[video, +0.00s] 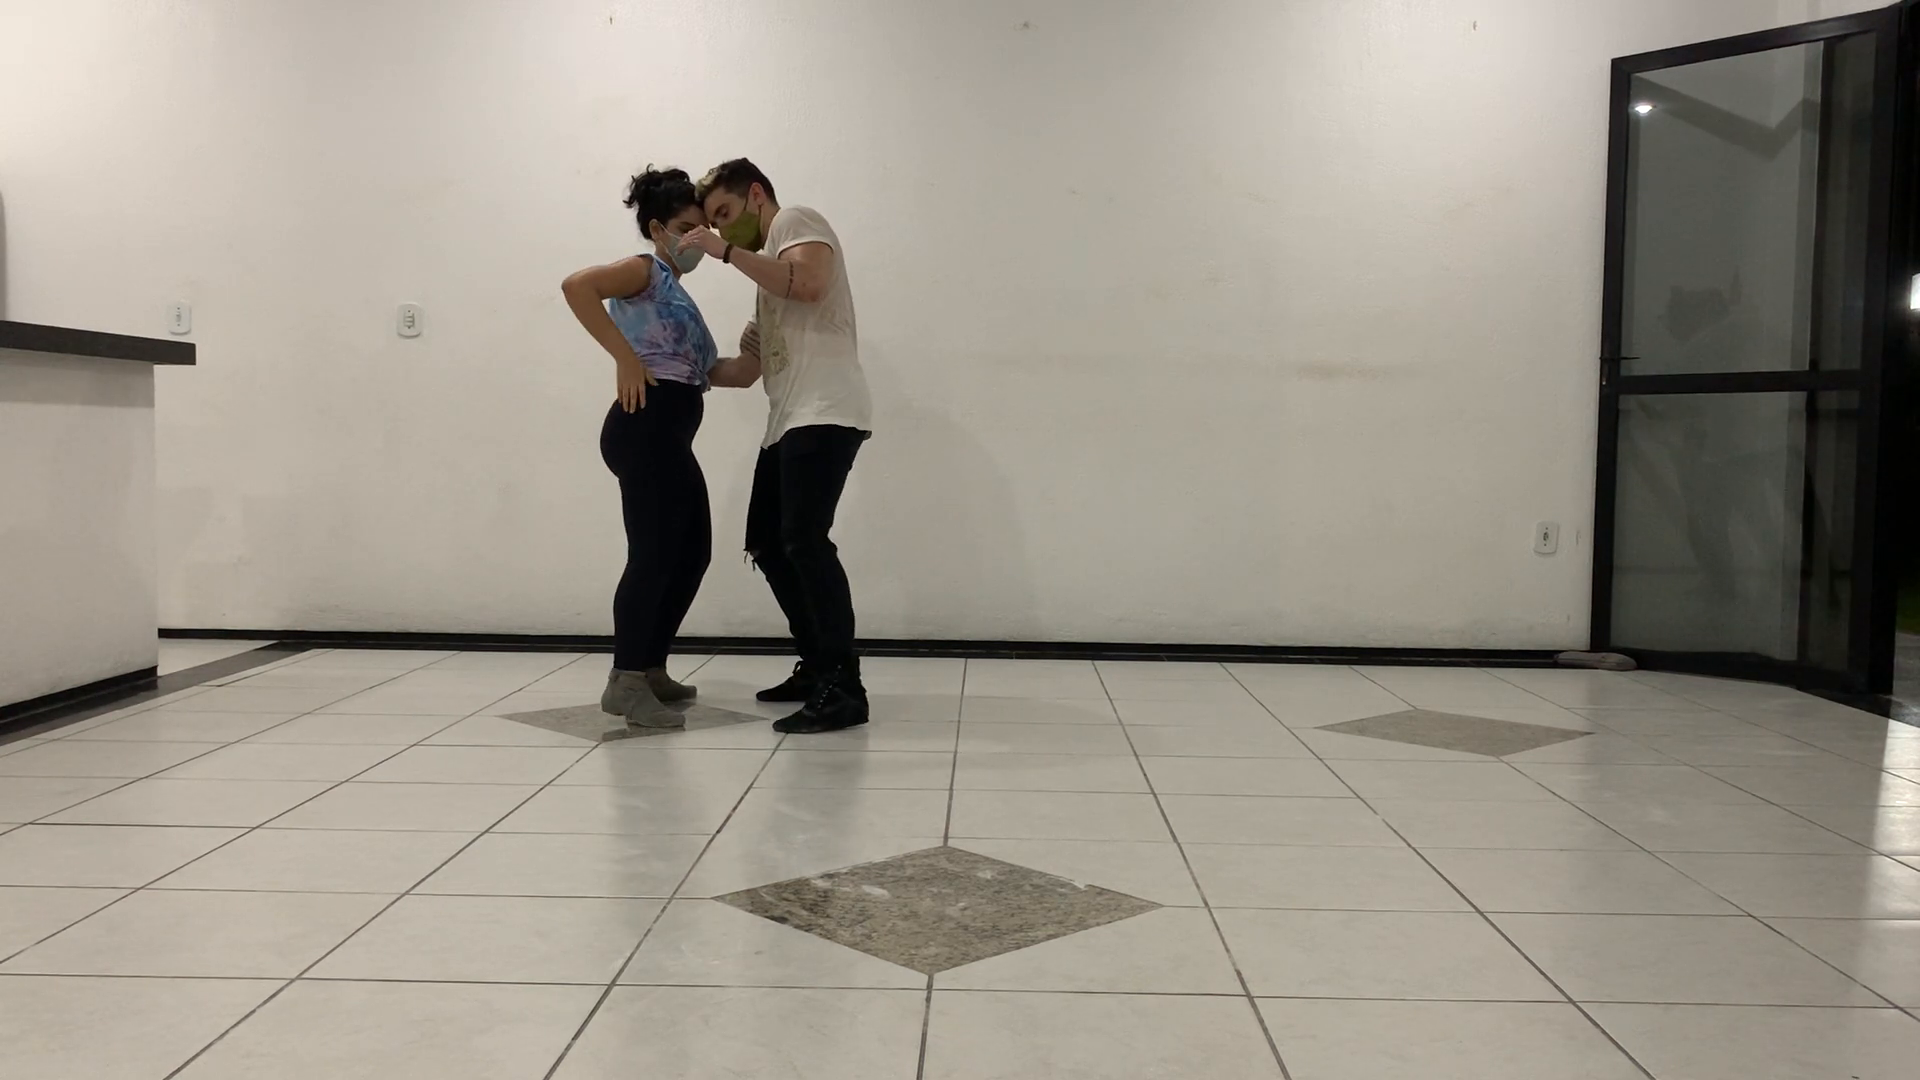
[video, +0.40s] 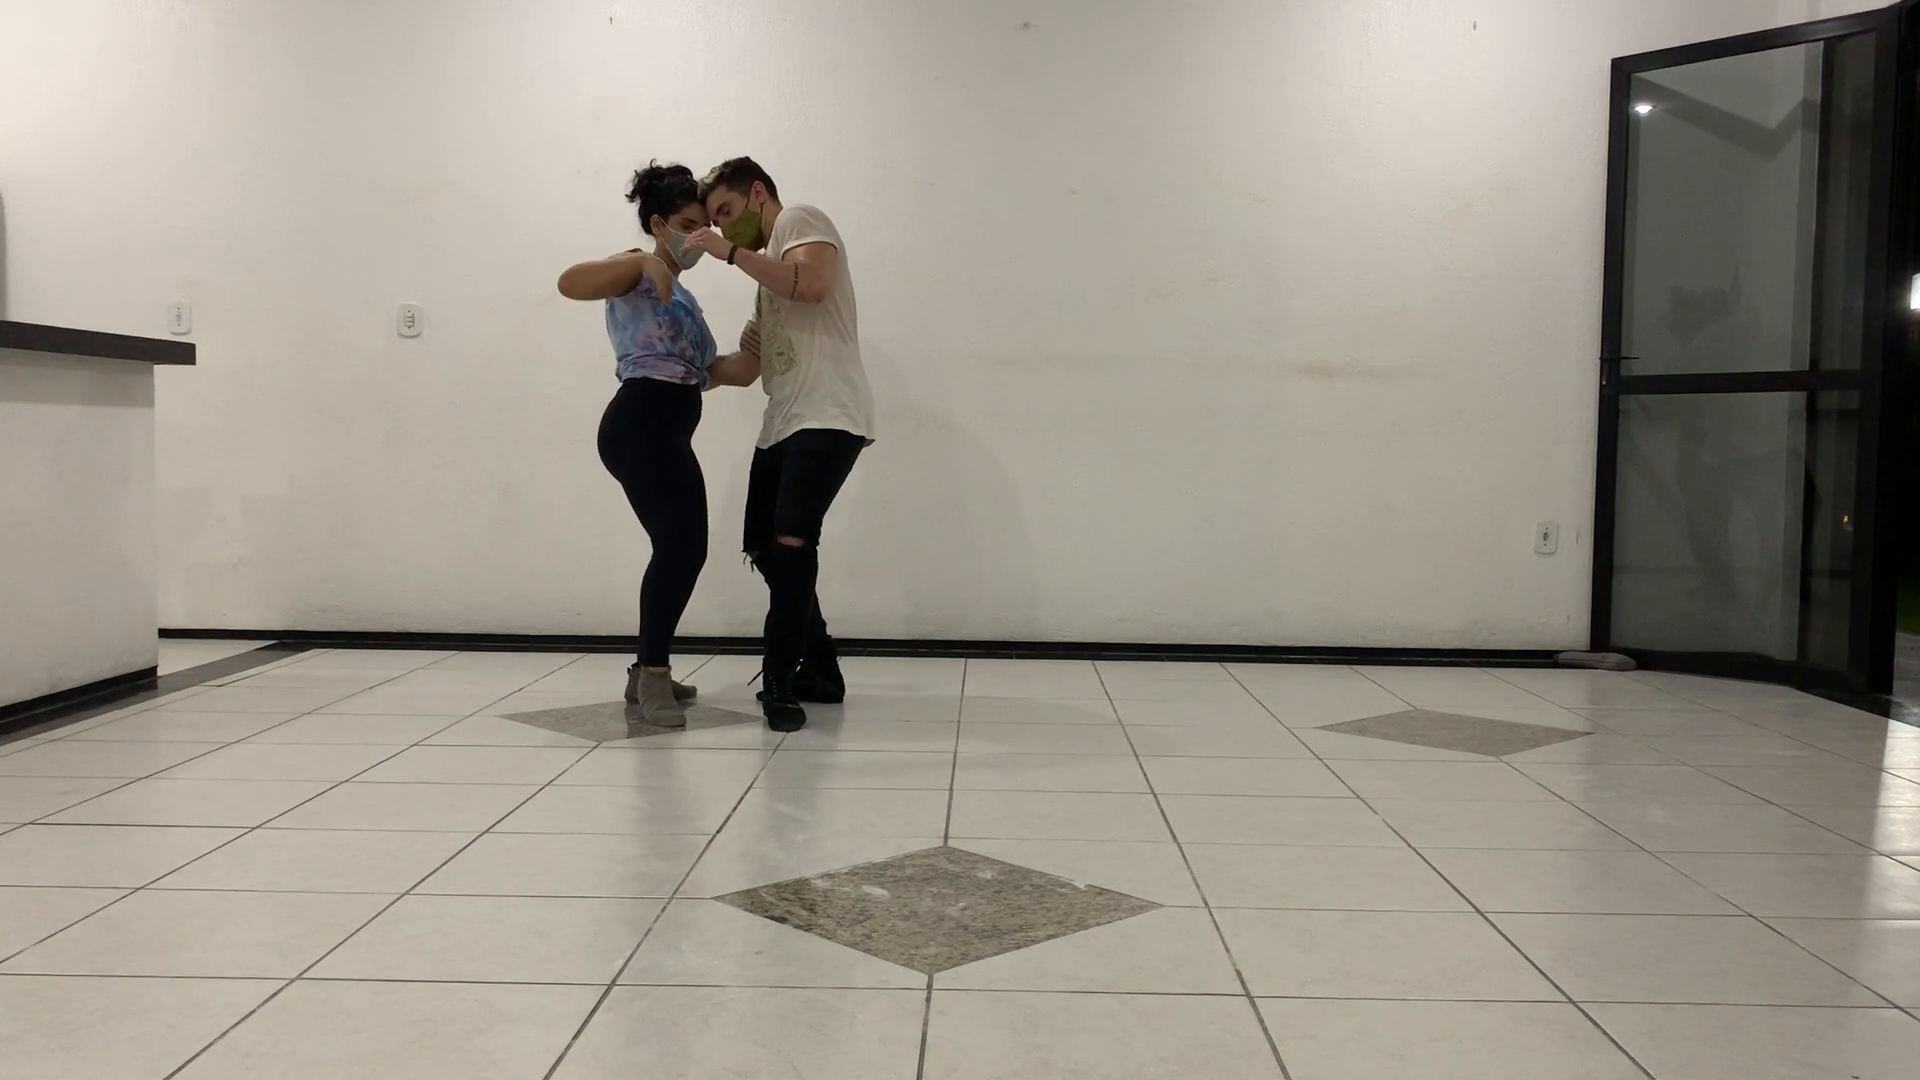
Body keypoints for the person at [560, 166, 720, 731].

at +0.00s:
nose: (695, 238)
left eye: (700, 227)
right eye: (683, 228)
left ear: (705, 229)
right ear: (655, 230)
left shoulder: (675, 298)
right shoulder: (645, 270)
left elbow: (733, 373)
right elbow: (577, 287)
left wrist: (757, 354)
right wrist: (624, 357)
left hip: (670, 427)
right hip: (643, 424)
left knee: (693, 551)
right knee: (656, 550)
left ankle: (649, 667)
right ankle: (627, 678)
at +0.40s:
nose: (696, 236)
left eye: (701, 225)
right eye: (686, 224)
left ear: (704, 229)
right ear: (656, 224)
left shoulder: (685, 302)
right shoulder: (637, 267)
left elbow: (727, 371)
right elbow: (569, 283)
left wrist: (774, 352)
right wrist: (643, 263)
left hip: (669, 427)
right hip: (638, 422)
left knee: (688, 548)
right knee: (676, 545)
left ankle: (652, 668)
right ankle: (649, 676)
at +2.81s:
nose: (649, 218)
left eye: (651, 207)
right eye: (641, 205)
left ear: (615, 202)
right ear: (601, 198)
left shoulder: (600, 276)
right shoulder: (552, 245)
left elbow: (596, 363)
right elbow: (460, 281)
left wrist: (664, 326)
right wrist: (476, 379)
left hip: (533, 421)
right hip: (497, 411)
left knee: (533, 559)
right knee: (536, 554)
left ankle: (522, 701)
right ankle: (577, 697)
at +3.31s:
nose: (626, 190)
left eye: (626, 179)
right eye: (614, 178)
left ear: (589, 188)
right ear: (575, 183)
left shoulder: (578, 273)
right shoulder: (531, 235)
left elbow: (566, 353)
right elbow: (440, 279)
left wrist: (620, 330)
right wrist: (435, 374)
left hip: (523, 419)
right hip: (472, 408)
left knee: (533, 557)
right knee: (500, 556)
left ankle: (511, 696)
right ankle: (468, 706)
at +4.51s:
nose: (498, 182)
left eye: (495, 170)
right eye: (488, 171)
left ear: (453, 182)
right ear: (454, 180)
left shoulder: (467, 248)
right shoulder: (440, 248)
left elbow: (518, 330)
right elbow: (495, 284)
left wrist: (578, 298)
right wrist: (579, 296)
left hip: (508, 414)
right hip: (485, 418)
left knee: (543, 559)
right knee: (527, 564)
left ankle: (507, 692)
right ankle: (474, 705)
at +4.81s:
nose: (519, 173)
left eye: (517, 161)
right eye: (510, 163)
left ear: (476, 175)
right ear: (476, 173)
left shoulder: (496, 244)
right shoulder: (462, 240)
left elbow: (518, 329)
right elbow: (507, 298)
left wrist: (585, 319)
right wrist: (592, 273)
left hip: (505, 418)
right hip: (474, 421)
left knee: (541, 557)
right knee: (520, 563)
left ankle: (506, 690)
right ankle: (474, 704)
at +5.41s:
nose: (535, 188)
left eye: (533, 176)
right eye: (527, 176)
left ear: (480, 184)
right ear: (496, 184)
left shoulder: (441, 254)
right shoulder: (506, 252)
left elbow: (447, 334)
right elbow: (547, 349)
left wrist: (537, 310)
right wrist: (618, 319)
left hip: (424, 424)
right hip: (455, 431)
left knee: (512, 563)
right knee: (521, 568)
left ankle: (501, 690)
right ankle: (477, 706)